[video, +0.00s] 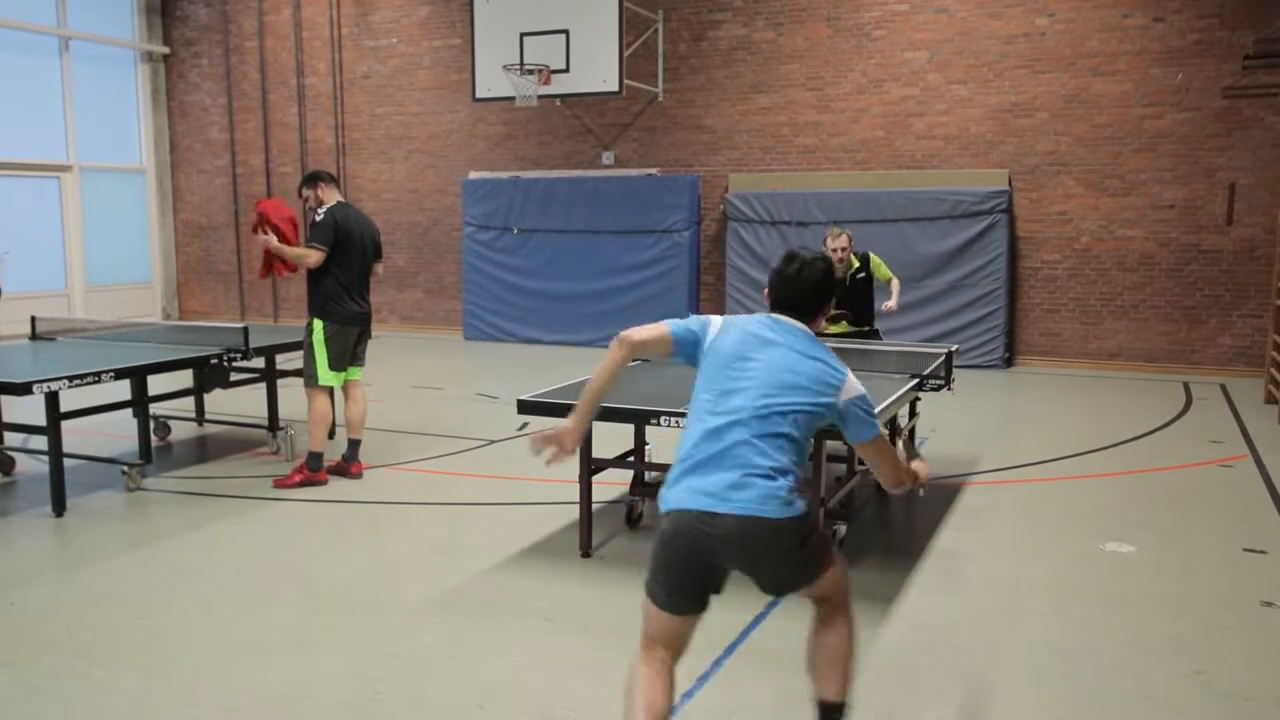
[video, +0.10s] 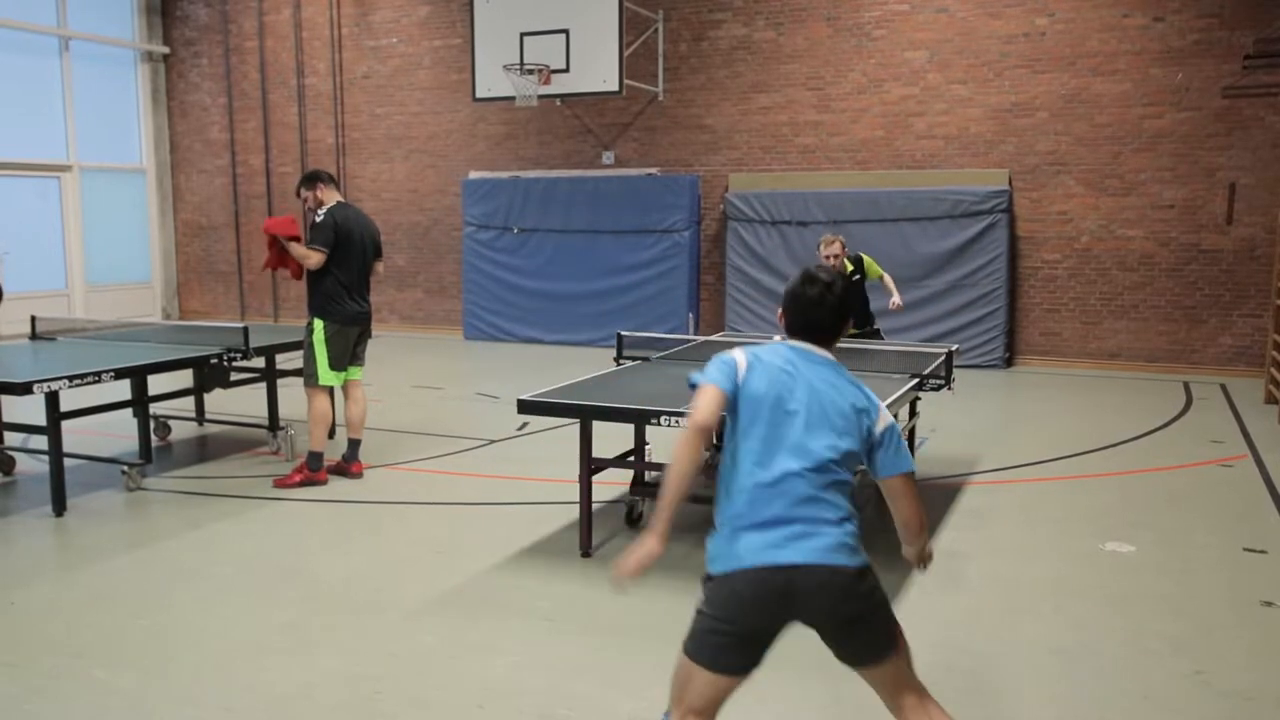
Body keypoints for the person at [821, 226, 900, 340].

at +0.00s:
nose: (839, 255)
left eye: (844, 249)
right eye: (834, 251)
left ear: (851, 247)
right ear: (826, 251)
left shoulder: (866, 260)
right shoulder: (821, 269)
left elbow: (892, 280)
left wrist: (893, 301)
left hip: (864, 334)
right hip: (832, 335)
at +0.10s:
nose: (832, 263)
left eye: (836, 257)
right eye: (826, 258)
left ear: (845, 253)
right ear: (819, 257)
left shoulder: (859, 261)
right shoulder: (819, 278)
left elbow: (882, 276)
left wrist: (895, 295)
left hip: (867, 331)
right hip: (838, 336)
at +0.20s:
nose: (826, 260)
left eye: (829, 254)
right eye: (820, 256)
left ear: (838, 250)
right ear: (815, 257)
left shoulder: (854, 259)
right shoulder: (813, 281)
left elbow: (871, 271)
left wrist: (887, 292)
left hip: (864, 330)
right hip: (836, 336)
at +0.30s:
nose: (817, 253)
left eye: (821, 247)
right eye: (813, 249)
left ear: (833, 244)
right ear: (808, 250)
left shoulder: (850, 255)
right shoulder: (804, 276)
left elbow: (869, 269)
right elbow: (787, 309)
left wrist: (874, 296)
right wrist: (802, 323)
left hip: (855, 324)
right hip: (825, 329)